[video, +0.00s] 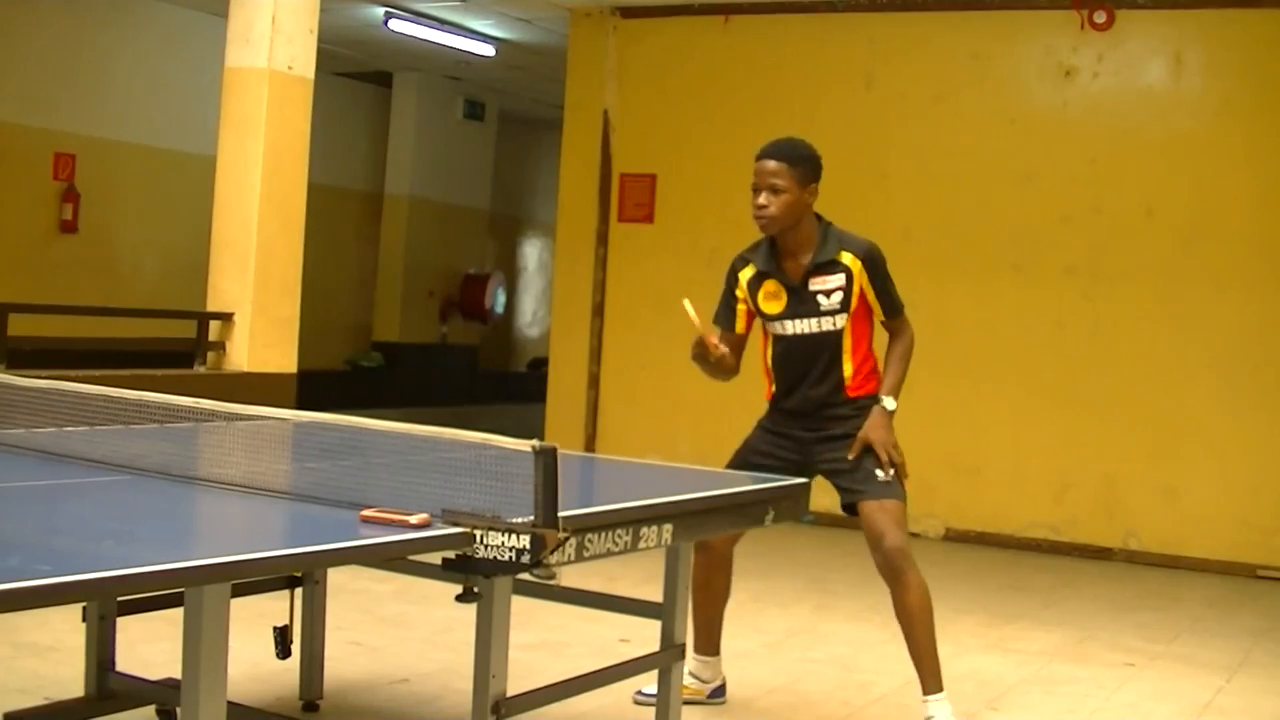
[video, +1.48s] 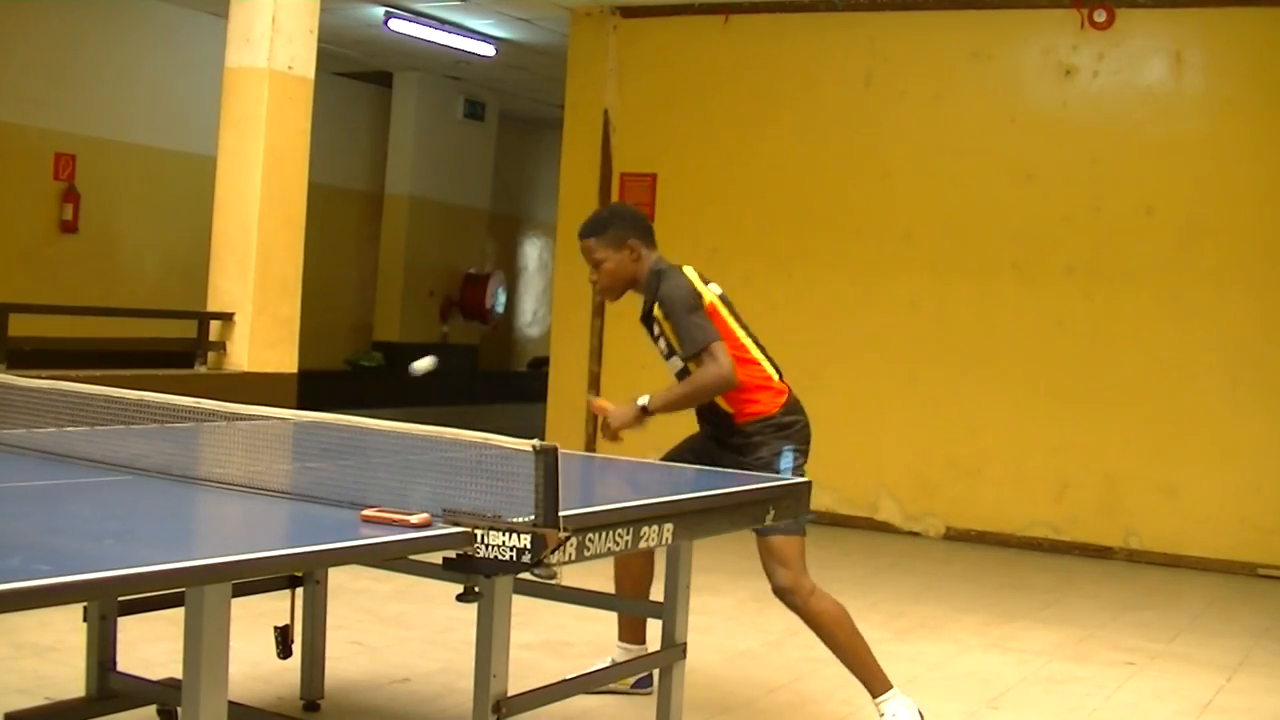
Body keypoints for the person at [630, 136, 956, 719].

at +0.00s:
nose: (758, 203)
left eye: (772, 191)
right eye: (755, 190)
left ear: (810, 193)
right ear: (753, 192)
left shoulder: (859, 257)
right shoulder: (748, 268)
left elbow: (900, 331)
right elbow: (728, 365)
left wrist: (884, 408)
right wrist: (709, 356)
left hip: (853, 427)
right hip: (782, 427)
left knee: (892, 549)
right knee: (710, 530)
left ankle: (935, 702)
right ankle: (704, 672)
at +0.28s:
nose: (778, 253)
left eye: (791, 241)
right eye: (773, 240)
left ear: (827, 239)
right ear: (769, 238)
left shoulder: (877, 292)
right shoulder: (762, 310)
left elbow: (920, 366)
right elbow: (720, 394)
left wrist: (892, 415)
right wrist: (719, 424)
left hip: (878, 444)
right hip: (804, 446)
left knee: (917, 559)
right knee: (714, 542)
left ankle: (949, 710)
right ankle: (704, 674)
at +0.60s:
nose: (780, 267)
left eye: (792, 255)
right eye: (774, 254)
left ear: (828, 246)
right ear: (766, 247)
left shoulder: (874, 288)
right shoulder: (755, 305)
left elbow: (911, 356)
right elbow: (690, 363)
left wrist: (897, 388)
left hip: (868, 444)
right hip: (791, 446)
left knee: (910, 558)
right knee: (708, 545)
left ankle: (945, 709)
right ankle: (704, 675)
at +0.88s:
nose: (762, 231)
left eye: (775, 219)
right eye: (758, 218)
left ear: (813, 221)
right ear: (755, 219)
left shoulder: (857, 287)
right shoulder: (742, 284)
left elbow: (892, 375)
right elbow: (649, 323)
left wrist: (860, 368)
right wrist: (602, 269)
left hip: (844, 450)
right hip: (766, 448)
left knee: (902, 557)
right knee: (680, 550)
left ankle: (924, 709)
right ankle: (673, 669)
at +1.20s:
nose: (649, 238)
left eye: (661, 225)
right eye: (646, 225)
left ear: (700, 223)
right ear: (654, 226)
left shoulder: (735, 270)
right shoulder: (691, 290)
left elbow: (760, 365)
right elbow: (709, 386)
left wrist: (674, 349)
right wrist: (636, 431)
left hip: (804, 429)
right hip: (751, 431)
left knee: (813, 577)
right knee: (662, 522)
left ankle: (902, 705)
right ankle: (635, 660)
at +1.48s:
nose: (593, 278)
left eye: (597, 264)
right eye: (590, 266)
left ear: (632, 251)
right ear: (630, 254)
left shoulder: (673, 286)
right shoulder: (658, 295)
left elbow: (720, 371)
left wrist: (639, 409)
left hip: (773, 436)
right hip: (722, 436)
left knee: (790, 583)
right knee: (629, 509)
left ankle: (893, 704)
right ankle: (632, 661)